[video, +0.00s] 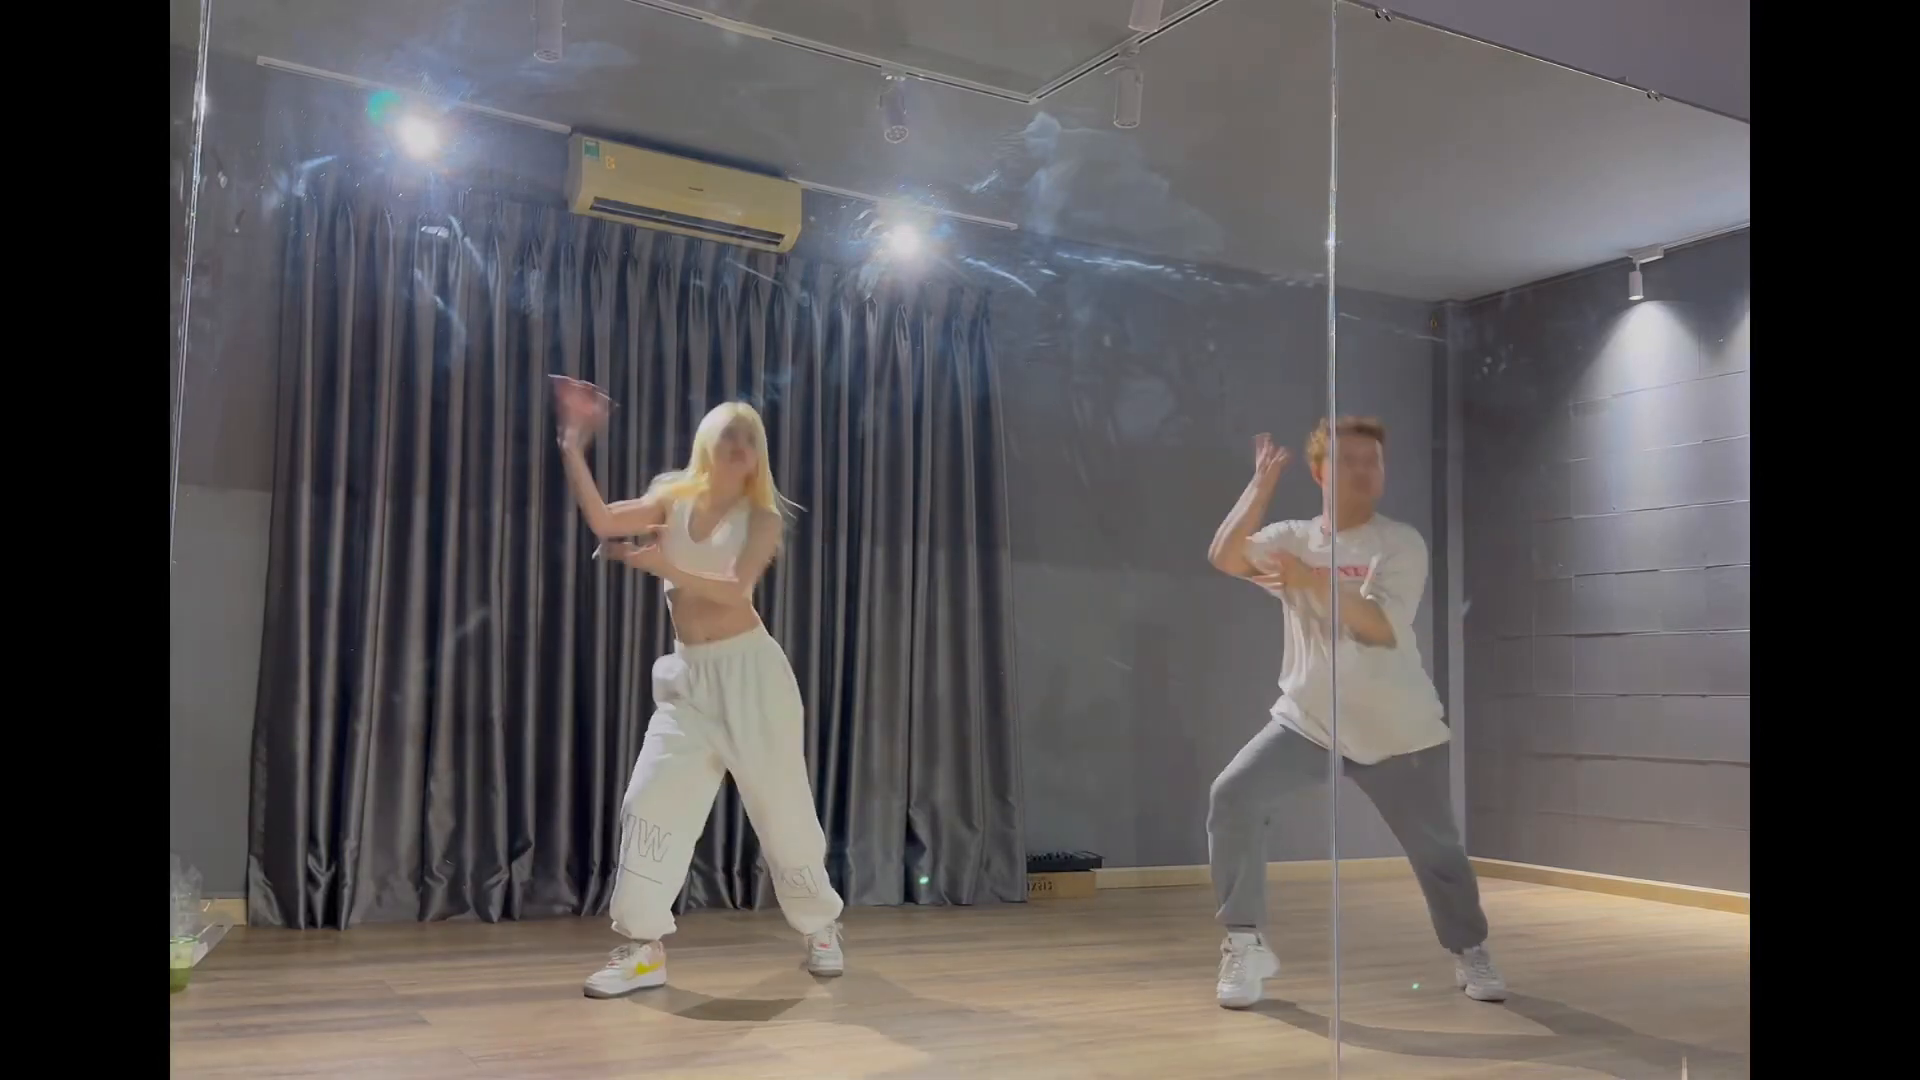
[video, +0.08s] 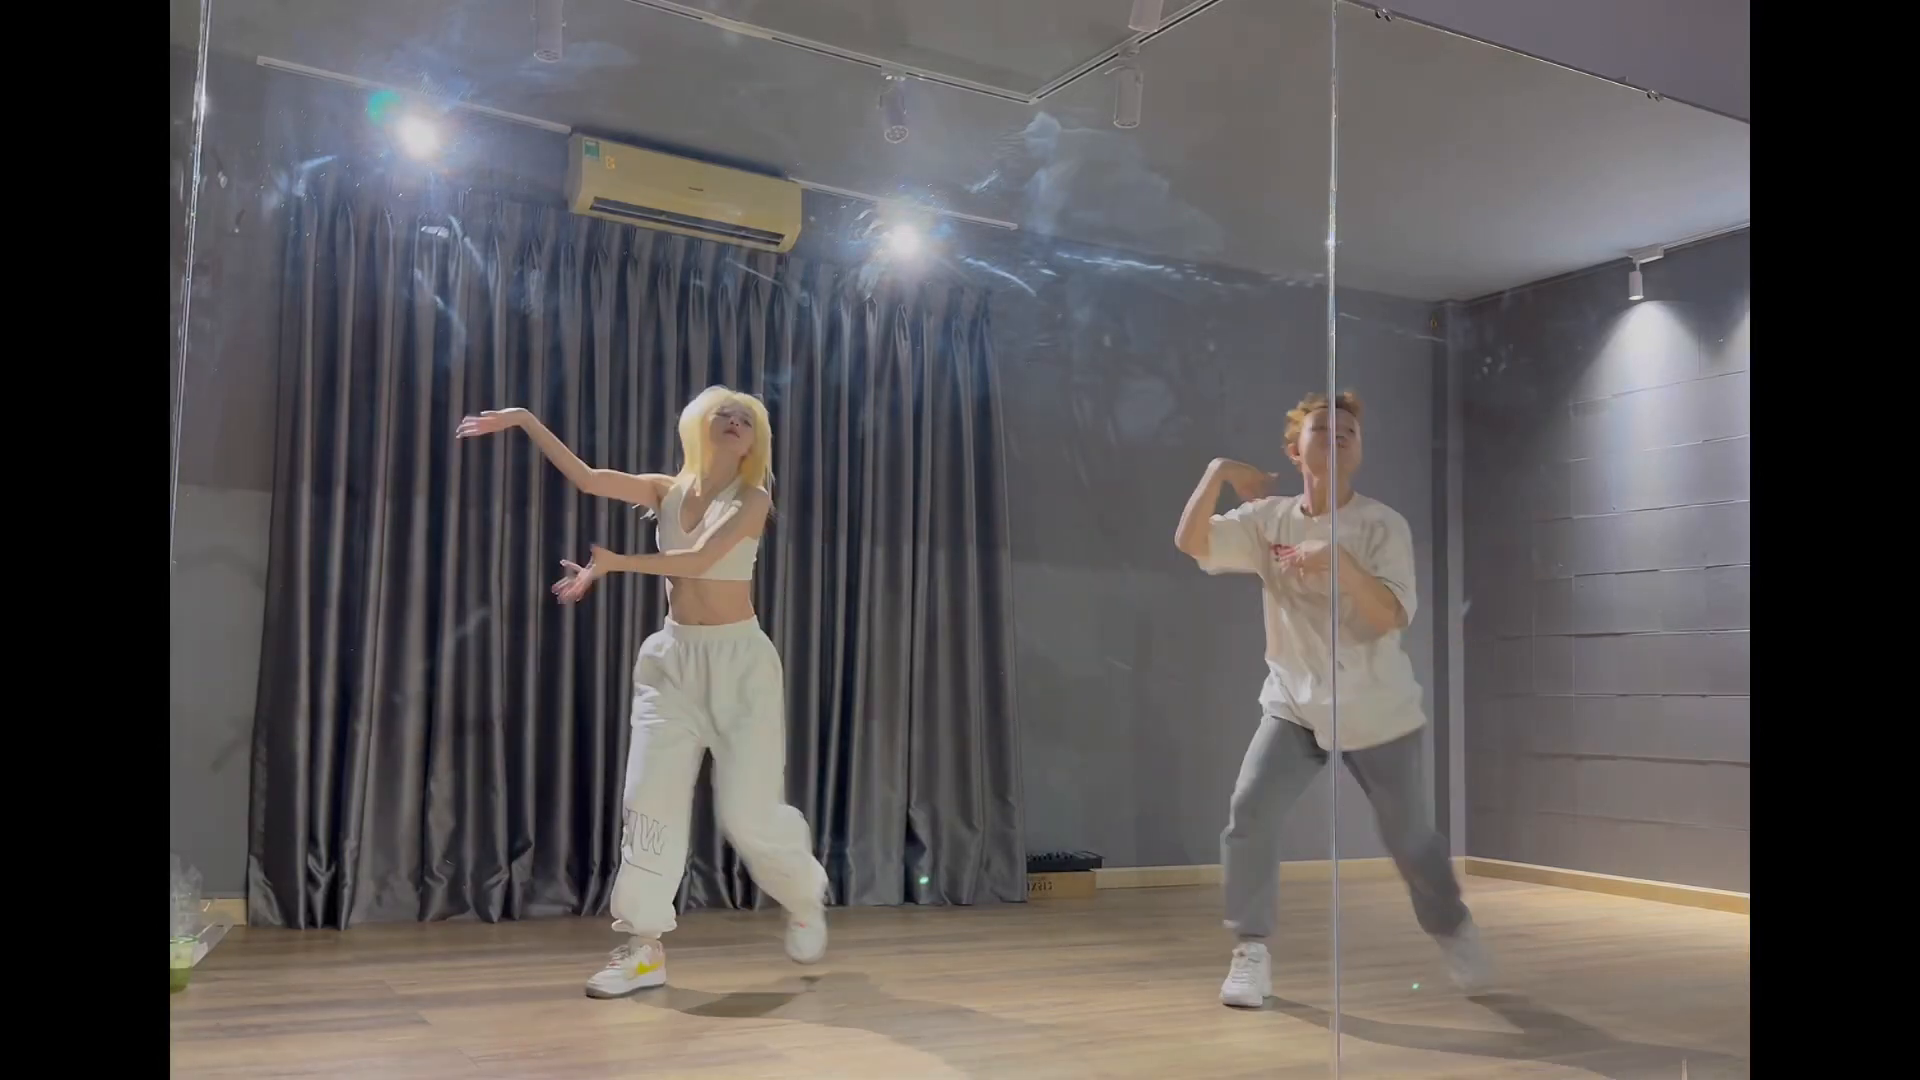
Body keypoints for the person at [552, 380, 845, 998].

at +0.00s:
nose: (742, 458)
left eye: (750, 448)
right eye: (731, 448)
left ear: (759, 456)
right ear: (706, 452)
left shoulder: (763, 518)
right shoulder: (673, 500)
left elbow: (738, 588)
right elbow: (603, 519)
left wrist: (663, 567)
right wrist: (572, 447)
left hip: (752, 673)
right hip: (688, 677)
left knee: (780, 808)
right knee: (647, 805)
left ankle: (821, 930)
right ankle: (645, 951)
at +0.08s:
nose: (734, 422)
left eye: (745, 418)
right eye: (723, 413)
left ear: (755, 440)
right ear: (698, 428)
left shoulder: (751, 500)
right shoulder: (668, 490)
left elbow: (695, 561)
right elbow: (586, 476)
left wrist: (612, 562)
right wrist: (525, 419)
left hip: (741, 662)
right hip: (672, 661)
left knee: (746, 815)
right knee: (649, 802)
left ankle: (805, 899)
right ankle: (647, 950)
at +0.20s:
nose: (726, 428)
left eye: (737, 422)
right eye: (715, 420)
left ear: (748, 441)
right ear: (690, 436)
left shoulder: (747, 498)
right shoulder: (668, 501)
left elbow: (706, 566)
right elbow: (594, 509)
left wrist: (622, 559)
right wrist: (548, 430)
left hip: (714, 668)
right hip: (649, 657)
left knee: (656, 801)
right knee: (629, 804)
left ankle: (744, 890)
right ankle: (643, 950)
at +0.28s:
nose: (722, 452)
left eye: (734, 445)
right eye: (710, 442)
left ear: (746, 459)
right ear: (687, 451)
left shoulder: (741, 507)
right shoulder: (667, 518)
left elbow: (712, 577)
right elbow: (608, 537)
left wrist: (628, 570)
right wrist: (568, 468)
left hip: (696, 679)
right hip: (634, 662)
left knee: (618, 811)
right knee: (612, 813)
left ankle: (693, 941)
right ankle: (643, 949)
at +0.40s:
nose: (718, 458)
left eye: (729, 449)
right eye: (707, 446)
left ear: (742, 458)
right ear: (685, 450)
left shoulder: (736, 505)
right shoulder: (660, 512)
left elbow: (700, 580)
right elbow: (600, 538)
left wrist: (612, 573)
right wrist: (559, 465)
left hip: (689, 670)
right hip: (634, 663)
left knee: (617, 814)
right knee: (587, 815)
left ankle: (697, 939)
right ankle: (643, 949)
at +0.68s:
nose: (699, 452)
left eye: (711, 447)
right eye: (692, 438)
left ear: (716, 458)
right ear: (665, 435)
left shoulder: (695, 504)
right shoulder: (626, 501)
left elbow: (676, 588)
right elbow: (583, 550)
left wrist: (594, 591)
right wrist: (543, 475)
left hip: (697, 682)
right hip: (637, 681)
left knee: (645, 811)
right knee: (607, 816)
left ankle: (699, 942)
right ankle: (645, 948)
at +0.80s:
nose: (697, 460)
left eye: (710, 453)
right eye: (689, 446)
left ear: (718, 463)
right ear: (663, 447)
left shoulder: (698, 506)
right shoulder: (641, 510)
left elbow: (679, 591)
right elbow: (587, 553)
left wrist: (595, 595)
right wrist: (543, 475)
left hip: (681, 687)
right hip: (621, 677)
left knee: (609, 817)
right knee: (585, 821)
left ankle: (689, 934)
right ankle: (643, 948)